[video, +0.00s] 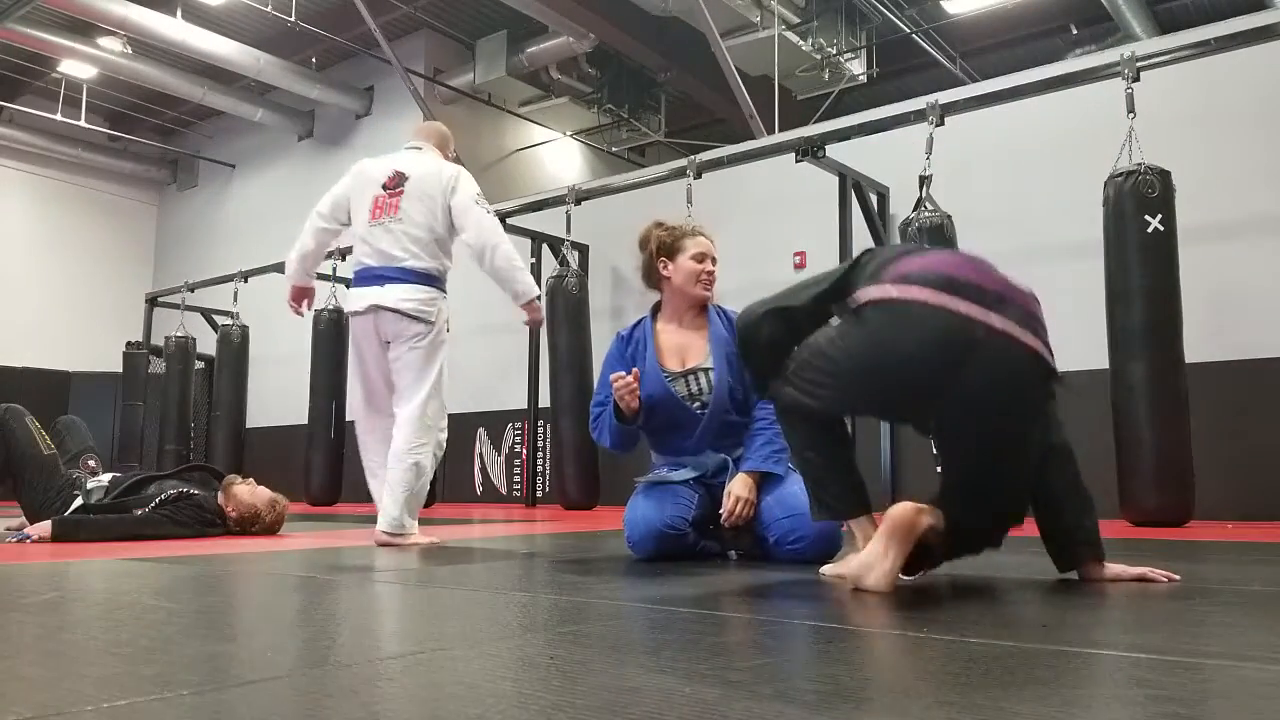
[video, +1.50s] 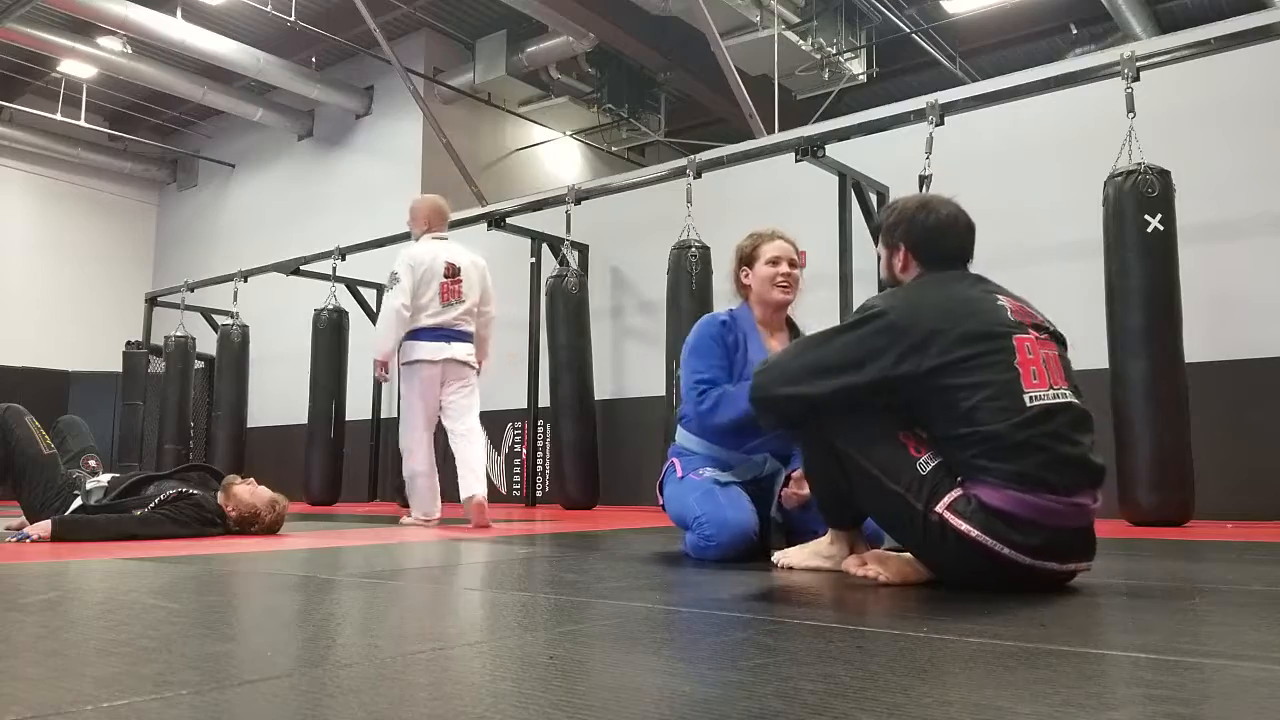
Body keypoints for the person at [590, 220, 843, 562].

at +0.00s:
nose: (712, 269)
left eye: (713, 261)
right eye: (700, 259)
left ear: (716, 270)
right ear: (665, 268)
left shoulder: (741, 329)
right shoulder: (629, 344)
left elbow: (769, 406)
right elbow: (610, 436)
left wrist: (750, 475)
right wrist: (624, 413)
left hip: (753, 465)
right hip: (679, 475)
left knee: (814, 539)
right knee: (648, 536)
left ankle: (741, 537)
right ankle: (718, 544)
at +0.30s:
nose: (711, 270)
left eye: (713, 262)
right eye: (700, 259)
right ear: (666, 264)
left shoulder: (735, 329)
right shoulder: (623, 340)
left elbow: (764, 415)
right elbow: (605, 432)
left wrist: (741, 480)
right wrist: (615, 400)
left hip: (751, 464)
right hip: (676, 477)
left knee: (837, 535)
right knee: (647, 538)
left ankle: (748, 536)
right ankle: (727, 540)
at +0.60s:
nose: (731, 267)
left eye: (733, 260)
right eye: (719, 257)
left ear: (736, 268)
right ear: (686, 265)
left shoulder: (759, 331)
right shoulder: (650, 339)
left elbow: (786, 420)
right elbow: (633, 429)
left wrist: (776, 483)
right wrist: (654, 395)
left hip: (763, 472)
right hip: (688, 480)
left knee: (854, 527)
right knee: (655, 537)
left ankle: (752, 536)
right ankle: (726, 541)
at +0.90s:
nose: (770, 274)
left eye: (775, 266)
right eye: (758, 264)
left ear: (781, 274)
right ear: (728, 274)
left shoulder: (789, 343)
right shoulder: (694, 331)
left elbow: (798, 417)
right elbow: (677, 410)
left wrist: (798, 462)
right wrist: (715, 378)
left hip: (775, 478)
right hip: (700, 475)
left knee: (866, 521)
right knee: (668, 537)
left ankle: (766, 535)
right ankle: (732, 539)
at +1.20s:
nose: (794, 278)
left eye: (802, 272)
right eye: (782, 269)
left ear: (808, 283)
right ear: (755, 279)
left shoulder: (807, 349)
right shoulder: (722, 328)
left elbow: (811, 421)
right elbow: (728, 392)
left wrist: (802, 462)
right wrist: (786, 362)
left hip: (779, 470)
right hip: (708, 466)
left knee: (867, 530)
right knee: (729, 531)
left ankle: (782, 524)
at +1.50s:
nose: (786, 271)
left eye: (793, 265)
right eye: (774, 263)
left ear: (801, 278)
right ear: (746, 276)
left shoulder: (806, 348)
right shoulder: (714, 330)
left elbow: (814, 418)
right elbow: (703, 409)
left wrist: (802, 469)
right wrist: (783, 389)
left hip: (778, 473)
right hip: (704, 468)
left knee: (866, 534)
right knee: (734, 534)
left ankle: (781, 527)